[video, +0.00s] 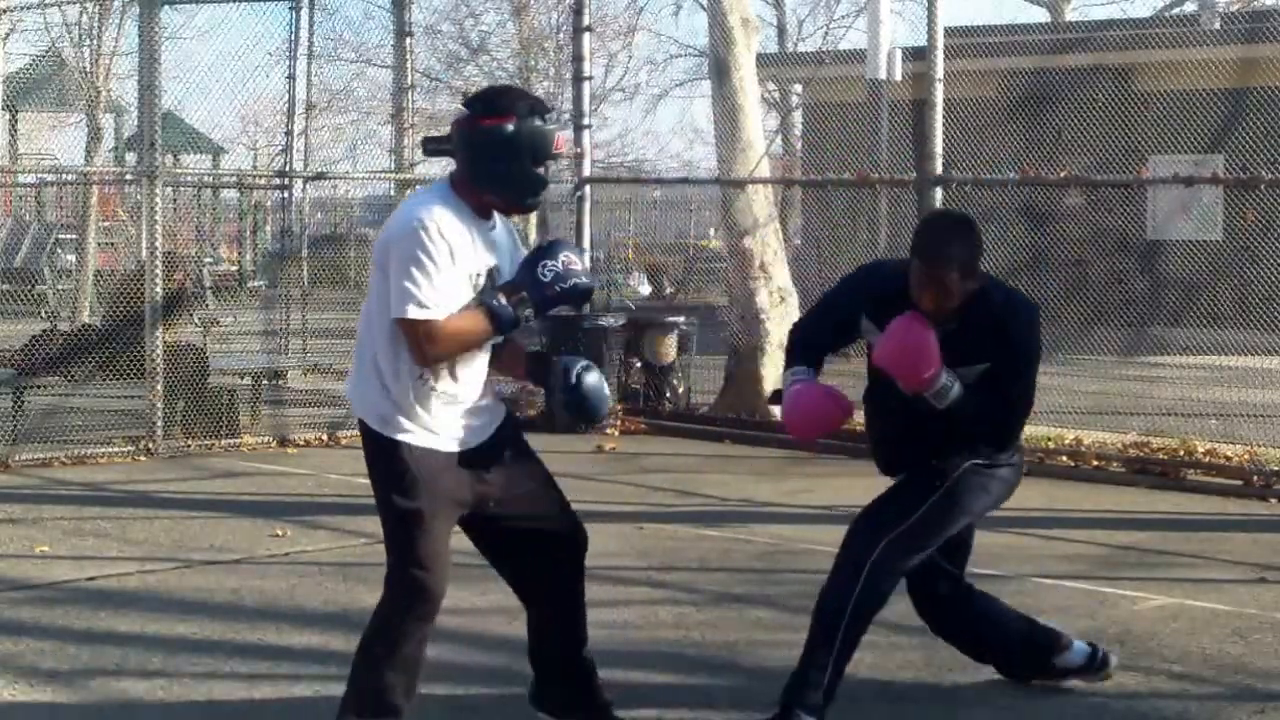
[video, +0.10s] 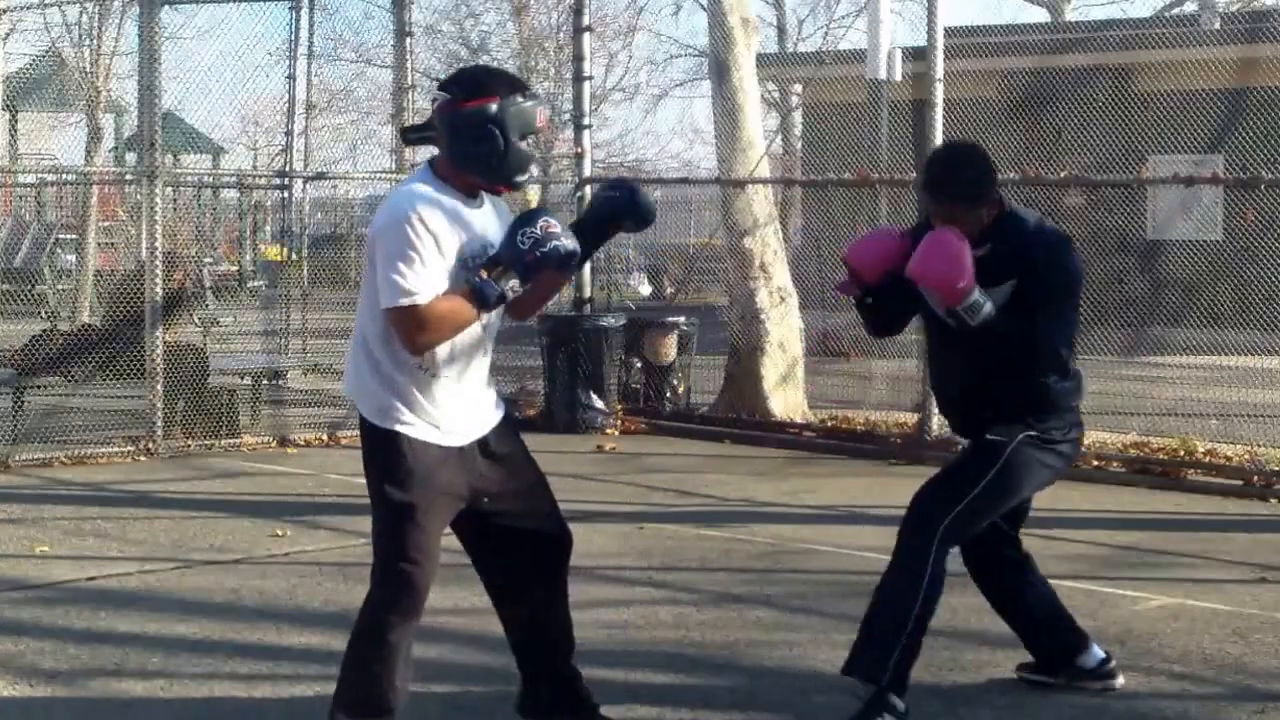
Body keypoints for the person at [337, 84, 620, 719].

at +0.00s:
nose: (538, 180)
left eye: (538, 167)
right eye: (528, 167)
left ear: (495, 164)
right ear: (489, 164)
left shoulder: (498, 227)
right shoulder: (423, 226)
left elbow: (483, 345)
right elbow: (427, 343)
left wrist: (550, 373)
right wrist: (517, 301)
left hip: (480, 422)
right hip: (410, 430)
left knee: (556, 548)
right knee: (419, 587)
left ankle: (567, 696)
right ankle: (368, 712)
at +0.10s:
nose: (524, 150)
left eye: (522, 136)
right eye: (514, 136)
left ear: (461, 137)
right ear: (490, 142)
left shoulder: (495, 207)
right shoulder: (411, 212)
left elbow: (521, 305)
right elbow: (417, 331)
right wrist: (504, 274)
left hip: (480, 418)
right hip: (409, 426)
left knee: (539, 552)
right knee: (403, 588)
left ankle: (555, 702)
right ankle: (361, 712)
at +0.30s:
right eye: (517, 166)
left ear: (477, 141)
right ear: (493, 152)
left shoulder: (519, 197)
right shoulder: (438, 206)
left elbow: (570, 276)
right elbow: (462, 322)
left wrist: (578, 182)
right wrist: (527, 250)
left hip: (516, 427)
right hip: (448, 429)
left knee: (546, 565)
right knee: (417, 586)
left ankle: (518, 704)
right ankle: (366, 708)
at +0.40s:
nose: (470, 113)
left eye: (483, 109)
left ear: (497, 132)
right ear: (544, 146)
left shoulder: (528, 203)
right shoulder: (467, 203)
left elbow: (575, 295)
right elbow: (489, 315)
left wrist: (609, 224)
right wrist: (560, 248)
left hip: (530, 417)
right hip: (471, 416)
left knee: (552, 565)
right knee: (453, 574)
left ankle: (519, 701)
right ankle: (400, 707)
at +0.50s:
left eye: (582, 106)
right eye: (574, 107)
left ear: (513, 112)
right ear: (558, 117)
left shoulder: (550, 194)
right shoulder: (485, 187)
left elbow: (568, 302)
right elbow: (500, 299)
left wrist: (622, 259)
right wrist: (576, 245)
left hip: (540, 407)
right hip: (483, 405)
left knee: (546, 555)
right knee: (491, 564)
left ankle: (519, 701)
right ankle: (448, 708)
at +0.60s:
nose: (595, 116)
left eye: (593, 103)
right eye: (583, 105)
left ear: (524, 113)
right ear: (557, 115)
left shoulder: (568, 192)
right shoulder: (491, 193)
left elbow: (563, 298)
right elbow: (509, 306)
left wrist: (621, 283)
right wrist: (584, 237)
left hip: (562, 410)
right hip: (503, 414)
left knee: (566, 559)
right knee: (511, 574)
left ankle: (530, 698)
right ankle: (486, 708)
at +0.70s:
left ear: (530, 118)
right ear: (584, 125)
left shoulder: (583, 198)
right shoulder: (498, 200)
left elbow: (577, 295)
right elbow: (519, 315)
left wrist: (629, 295)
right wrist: (589, 247)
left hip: (578, 413)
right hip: (512, 418)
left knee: (610, 556)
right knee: (515, 584)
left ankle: (546, 683)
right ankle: (488, 709)